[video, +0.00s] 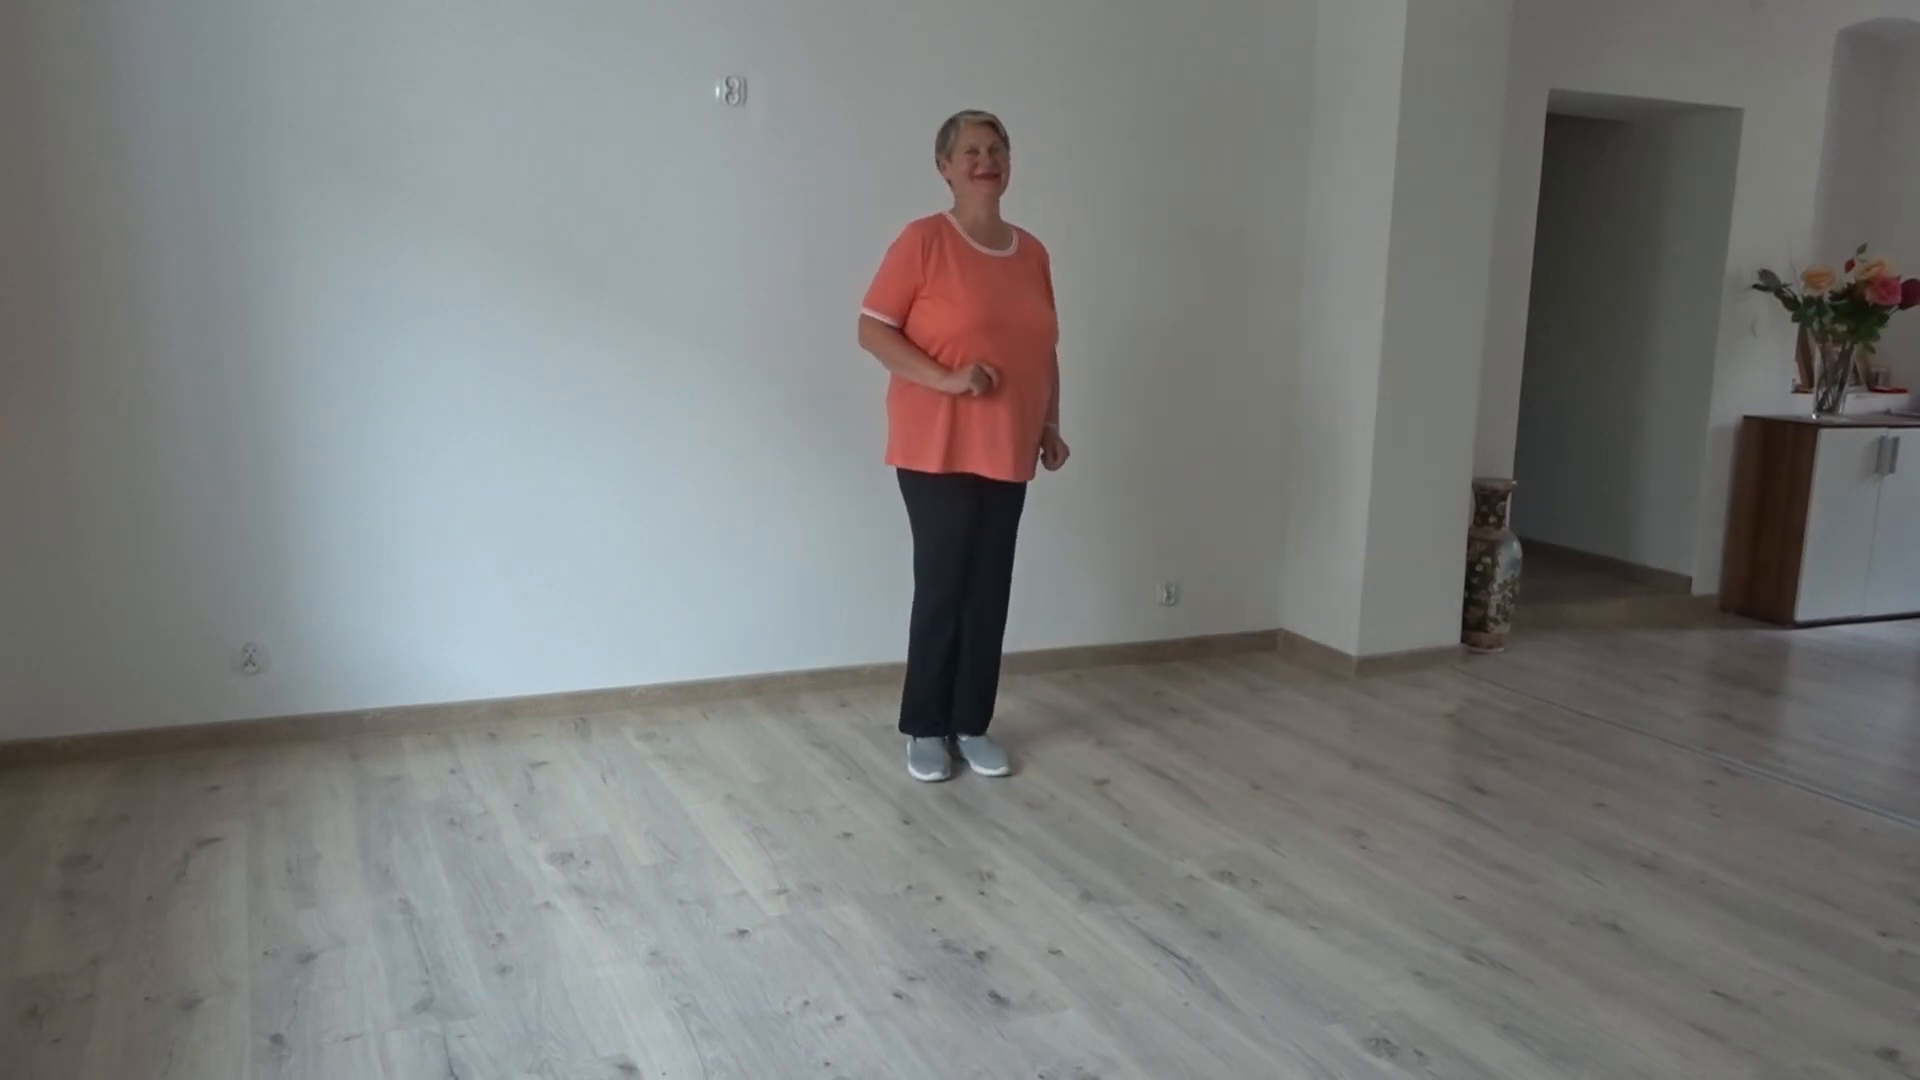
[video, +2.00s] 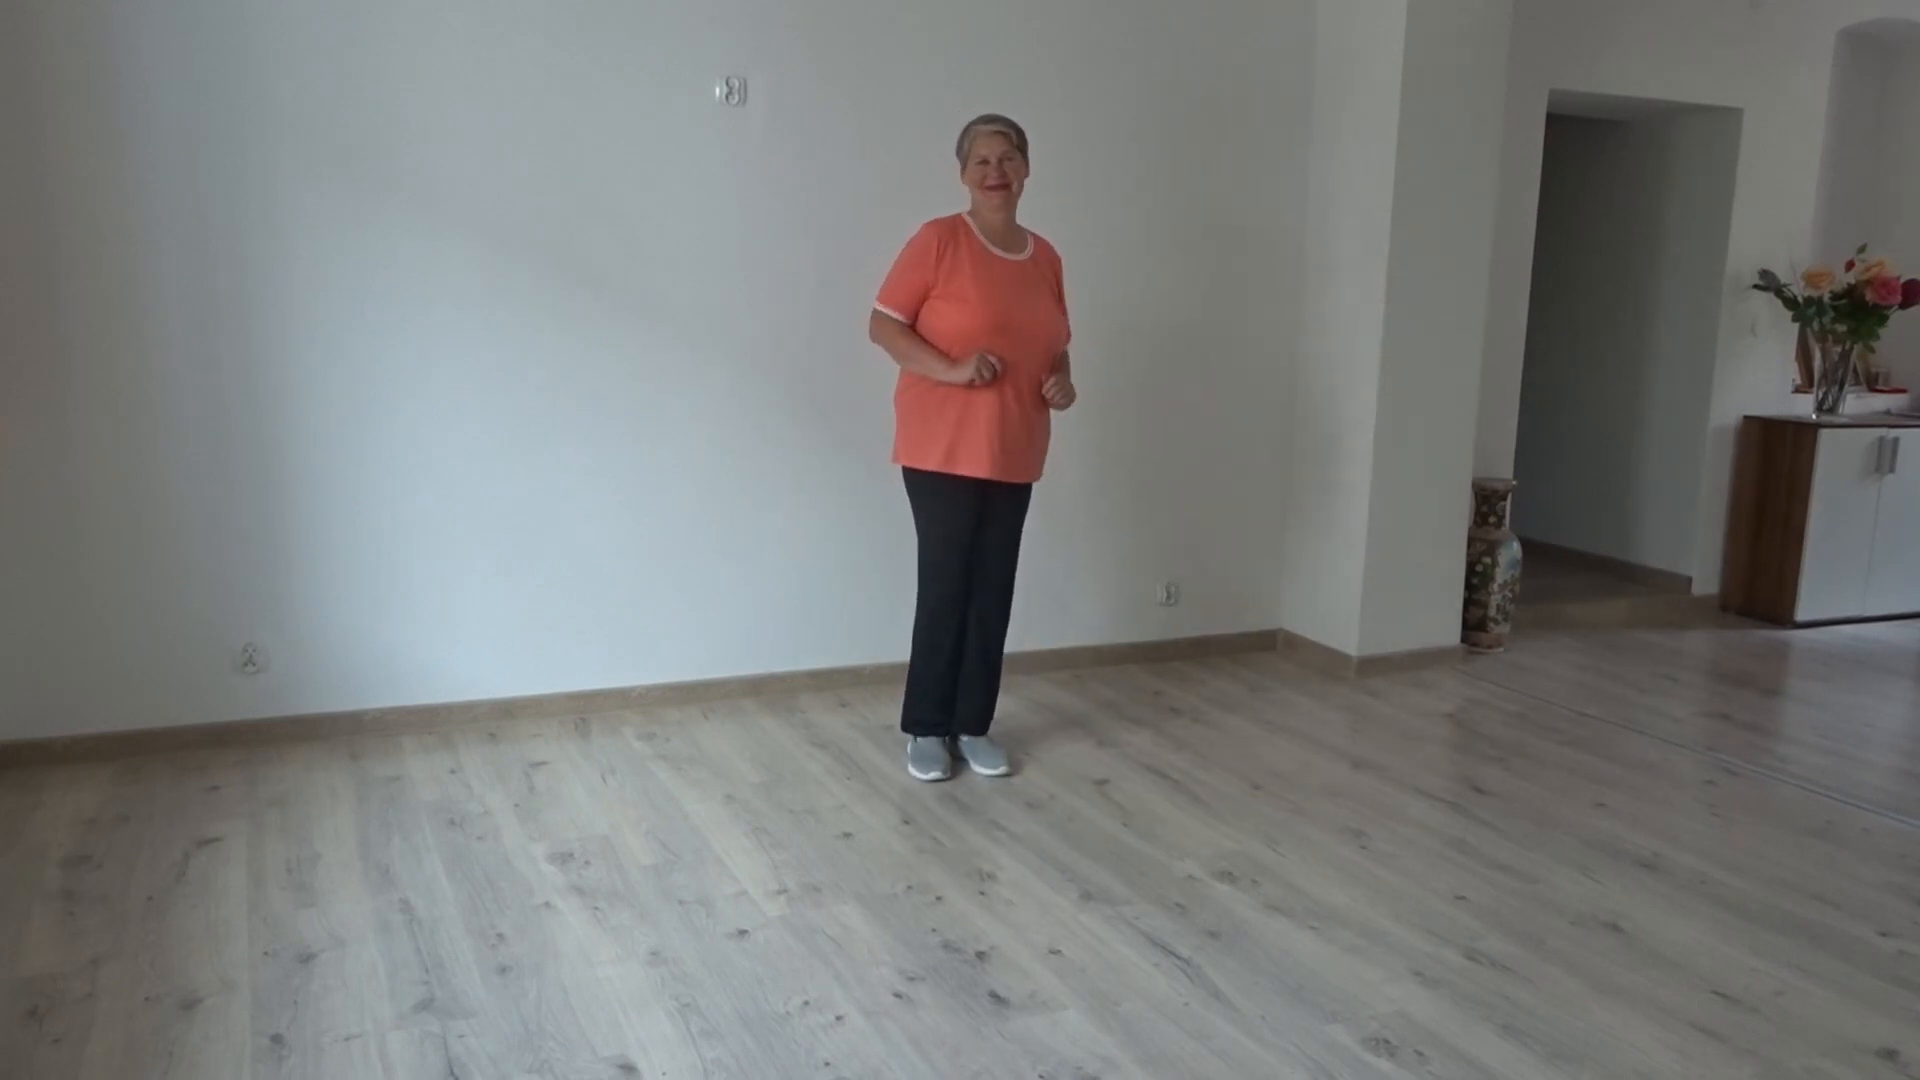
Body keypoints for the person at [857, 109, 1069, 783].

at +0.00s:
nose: (987, 160)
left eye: (995, 150)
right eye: (971, 152)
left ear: (1010, 164)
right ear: (946, 168)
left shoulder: (1031, 252)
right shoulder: (922, 242)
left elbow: (1045, 348)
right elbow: (873, 331)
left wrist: (1049, 422)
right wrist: (944, 379)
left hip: (1007, 455)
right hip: (937, 451)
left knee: (987, 595)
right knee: (942, 591)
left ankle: (969, 728)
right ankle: (925, 730)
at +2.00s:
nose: (997, 169)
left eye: (1008, 158)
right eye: (983, 160)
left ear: (1026, 170)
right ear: (962, 173)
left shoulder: (1045, 257)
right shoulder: (937, 241)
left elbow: (1057, 345)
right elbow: (884, 326)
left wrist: (1058, 379)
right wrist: (949, 368)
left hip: (1013, 458)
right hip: (942, 454)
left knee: (991, 597)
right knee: (945, 593)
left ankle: (970, 729)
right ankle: (925, 731)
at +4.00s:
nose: (978, 168)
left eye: (989, 157)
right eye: (963, 160)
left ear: (1008, 167)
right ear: (945, 173)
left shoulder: (1027, 253)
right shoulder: (922, 244)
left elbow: (1037, 338)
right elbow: (873, 333)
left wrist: (1048, 379)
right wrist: (944, 379)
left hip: (1005, 459)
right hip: (936, 457)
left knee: (987, 599)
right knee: (940, 596)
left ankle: (970, 730)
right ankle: (925, 732)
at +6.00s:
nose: (990, 165)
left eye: (1002, 155)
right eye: (977, 155)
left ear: (1019, 168)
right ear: (955, 168)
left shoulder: (1041, 255)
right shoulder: (924, 244)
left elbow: (1061, 342)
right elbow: (876, 329)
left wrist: (1057, 381)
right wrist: (934, 375)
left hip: (1010, 459)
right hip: (939, 456)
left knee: (989, 598)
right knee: (941, 596)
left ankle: (971, 729)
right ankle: (927, 732)